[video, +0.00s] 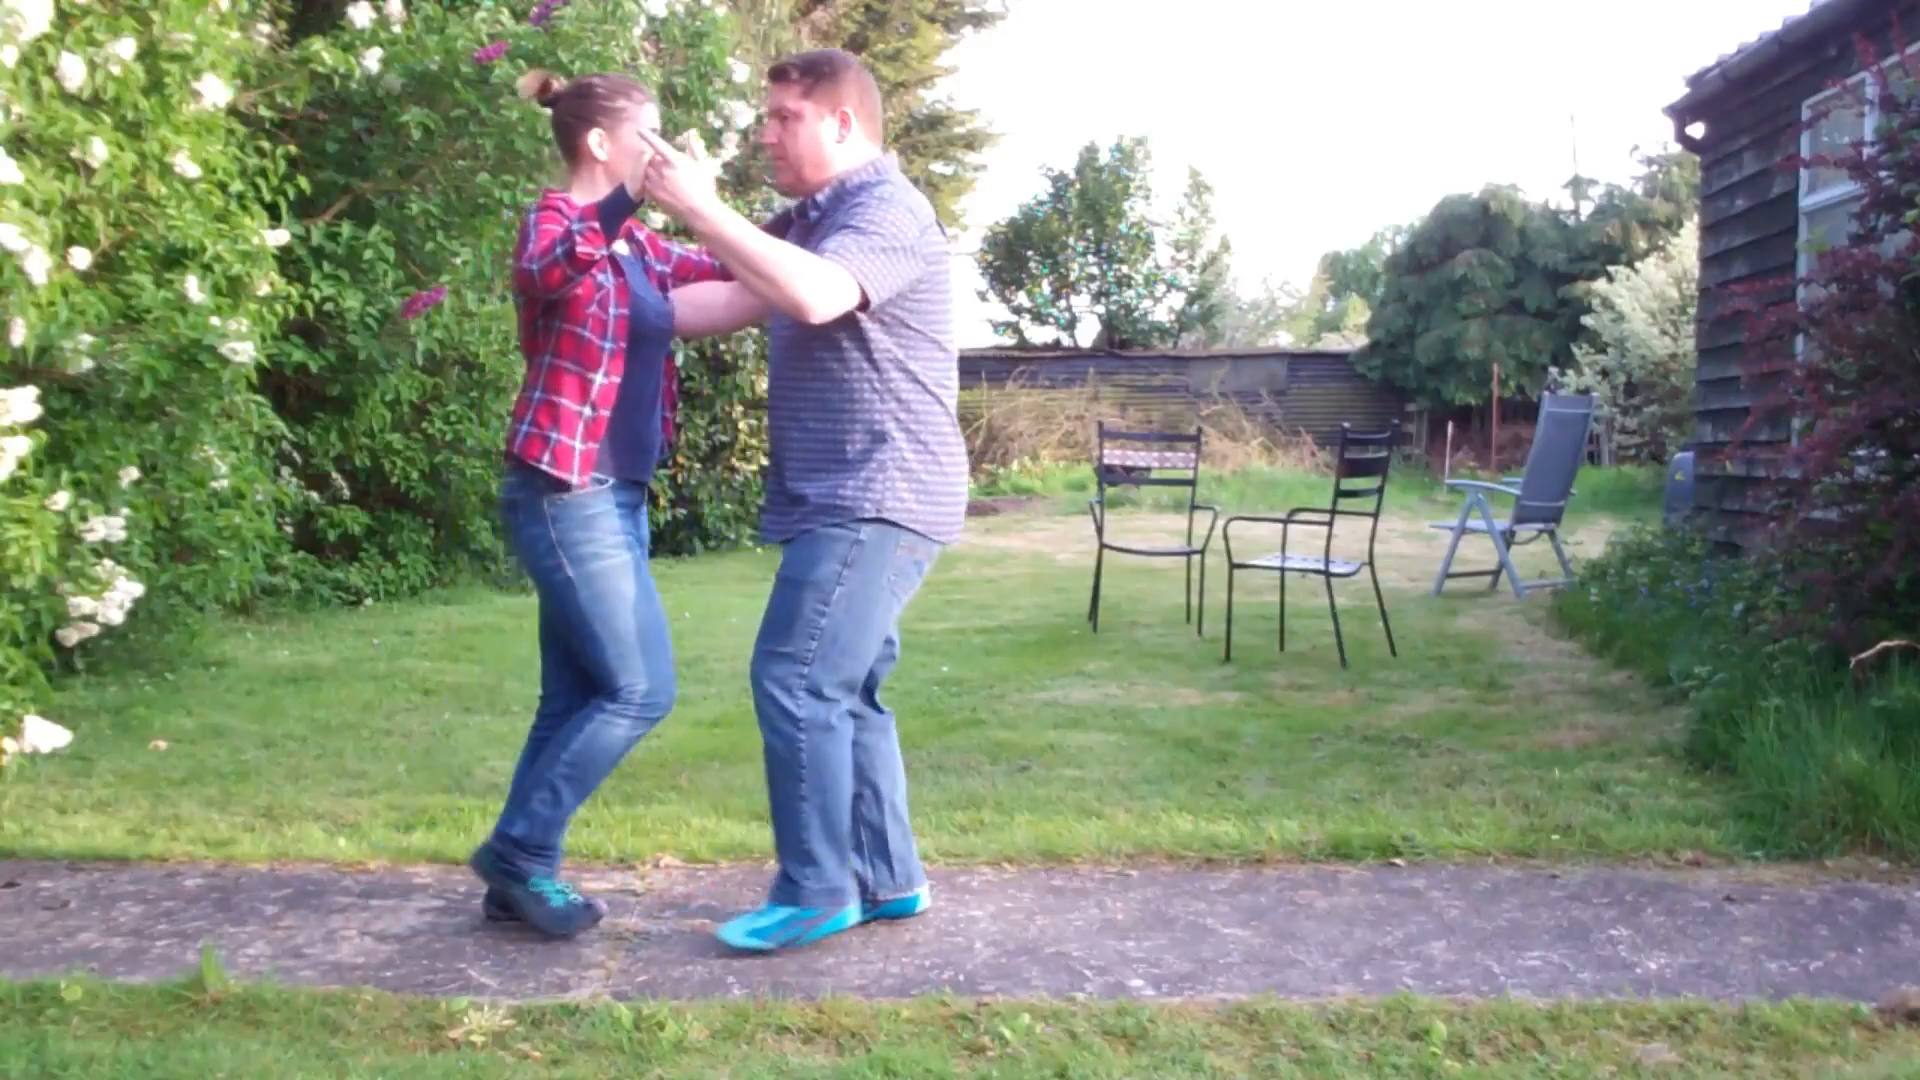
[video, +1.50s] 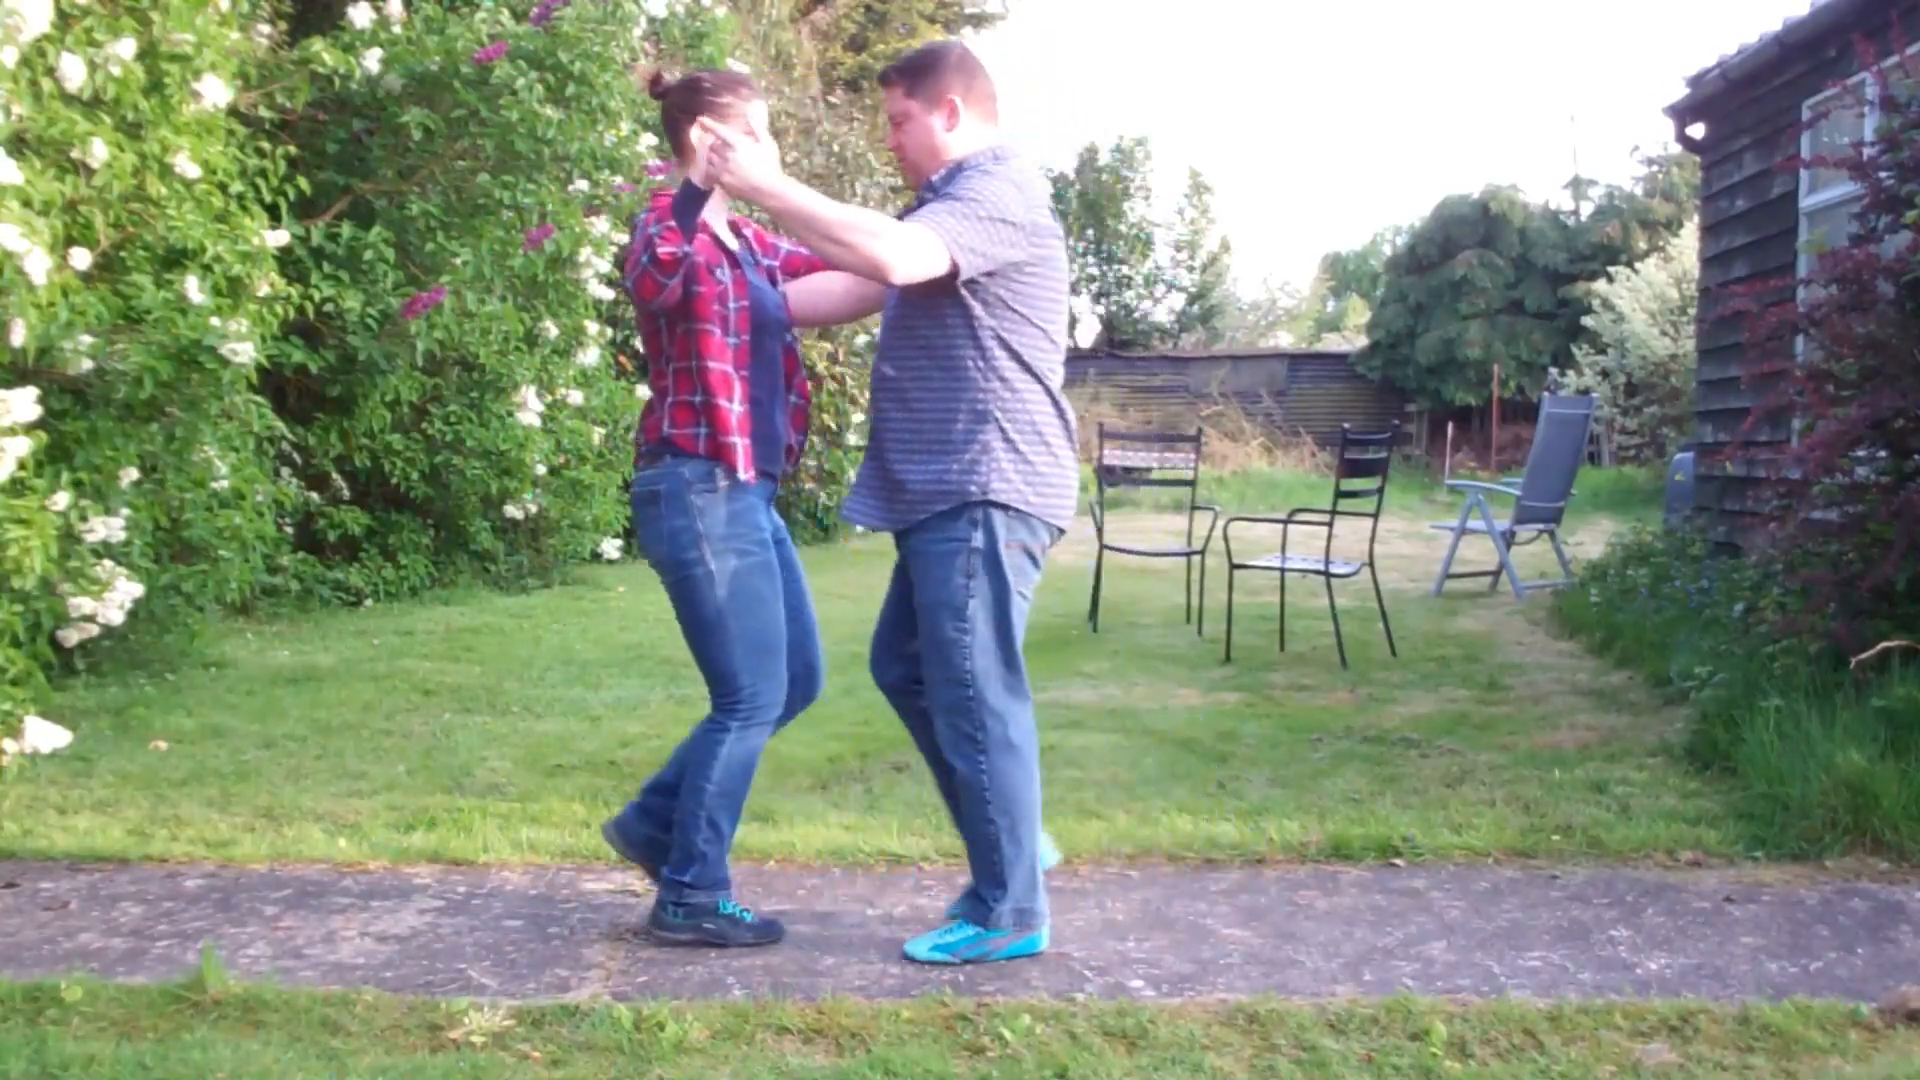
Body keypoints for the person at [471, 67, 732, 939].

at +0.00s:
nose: (660, 150)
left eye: (658, 134)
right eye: (647, 134)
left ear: (604, 143)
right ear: (599, 141)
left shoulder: (639, 241)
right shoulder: (550, 221)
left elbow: (725, 265)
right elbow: (545, 276)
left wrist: (801, 232)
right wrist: (615, 201)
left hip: (618, 491)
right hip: (561, 488)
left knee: (575, 693)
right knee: (639, 690)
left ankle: (519, 870)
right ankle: (518, 859)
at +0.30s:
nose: (722, 138)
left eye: (722, 124)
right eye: (710, 123)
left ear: (671, 137)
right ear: (664, 134)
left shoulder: (711, 238)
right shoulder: (623, 217)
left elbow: (808, 268)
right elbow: (625, 263)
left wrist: (877, 238)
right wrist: (702, 185)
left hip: (682, 484)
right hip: (647, 485)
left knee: (625, 693)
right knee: (738, 689)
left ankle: (534, 856)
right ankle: (708, 899)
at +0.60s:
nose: (801, 140)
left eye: (800, 125)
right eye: (786, 124)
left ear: (749, 141)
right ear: (737, 136)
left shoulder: (787, 244)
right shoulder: (702, 223)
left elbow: (889, 266)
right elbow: (702, 283)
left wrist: (974, 234)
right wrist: (789, 198)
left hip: (775, 495)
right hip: (722, 493)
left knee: (848, 680)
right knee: (766, 704)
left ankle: (780, 870)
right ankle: (704, 901)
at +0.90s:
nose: (851, 142)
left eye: (850, 126)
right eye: (837, 124)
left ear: (799, 138)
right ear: (786, 133)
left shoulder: (834, 236)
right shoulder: (748, 220)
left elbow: (931, 262)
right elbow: (760, 285)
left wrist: (1019, 230)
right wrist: (837, 198)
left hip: (857, 491)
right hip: (794, 494)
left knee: (905, 686)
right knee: (847, 702)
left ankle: (877, 887)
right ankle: (728, 877)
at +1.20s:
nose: (838, 149)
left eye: (838, 134)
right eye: (825, 132)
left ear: (788, 144)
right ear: (774, 140)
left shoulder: (819, 241)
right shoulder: (738, 225)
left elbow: (915, 265)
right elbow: (752, 294)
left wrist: (1002, 236)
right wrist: (818, 206)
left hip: (837, 497)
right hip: (778, 500)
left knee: (893, 684)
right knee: (841, 707)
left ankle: (877, 882)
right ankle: (713, 876)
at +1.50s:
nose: (768, 149)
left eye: (765, 133)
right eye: (753, 132)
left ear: (725, 139)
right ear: (704, 135)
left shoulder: (752, 241)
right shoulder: (660, 226)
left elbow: (842, 266)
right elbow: (663, 286)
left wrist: (919, 248)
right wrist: (700, 188)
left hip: (747, 488)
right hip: (694, 487)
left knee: (795, 680)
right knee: (750, 695)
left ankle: (653, 820)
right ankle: (692, 899)